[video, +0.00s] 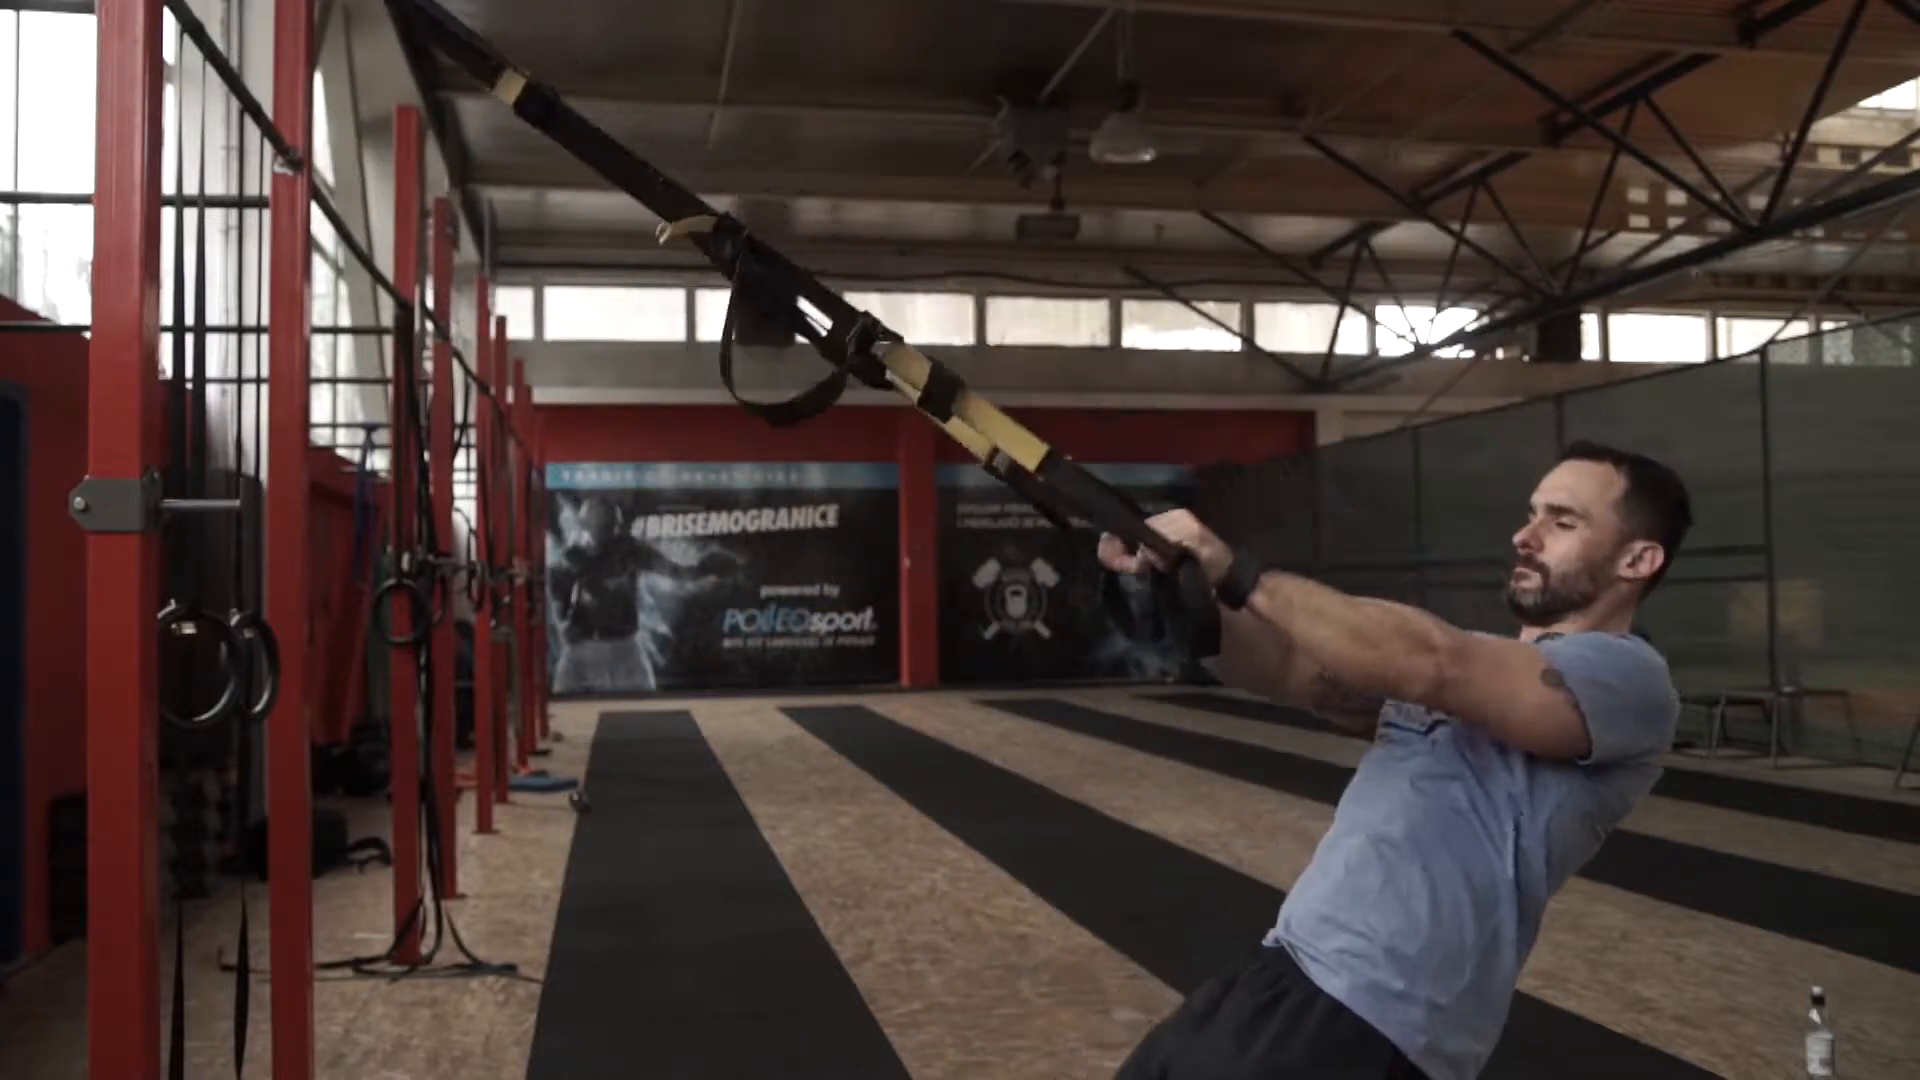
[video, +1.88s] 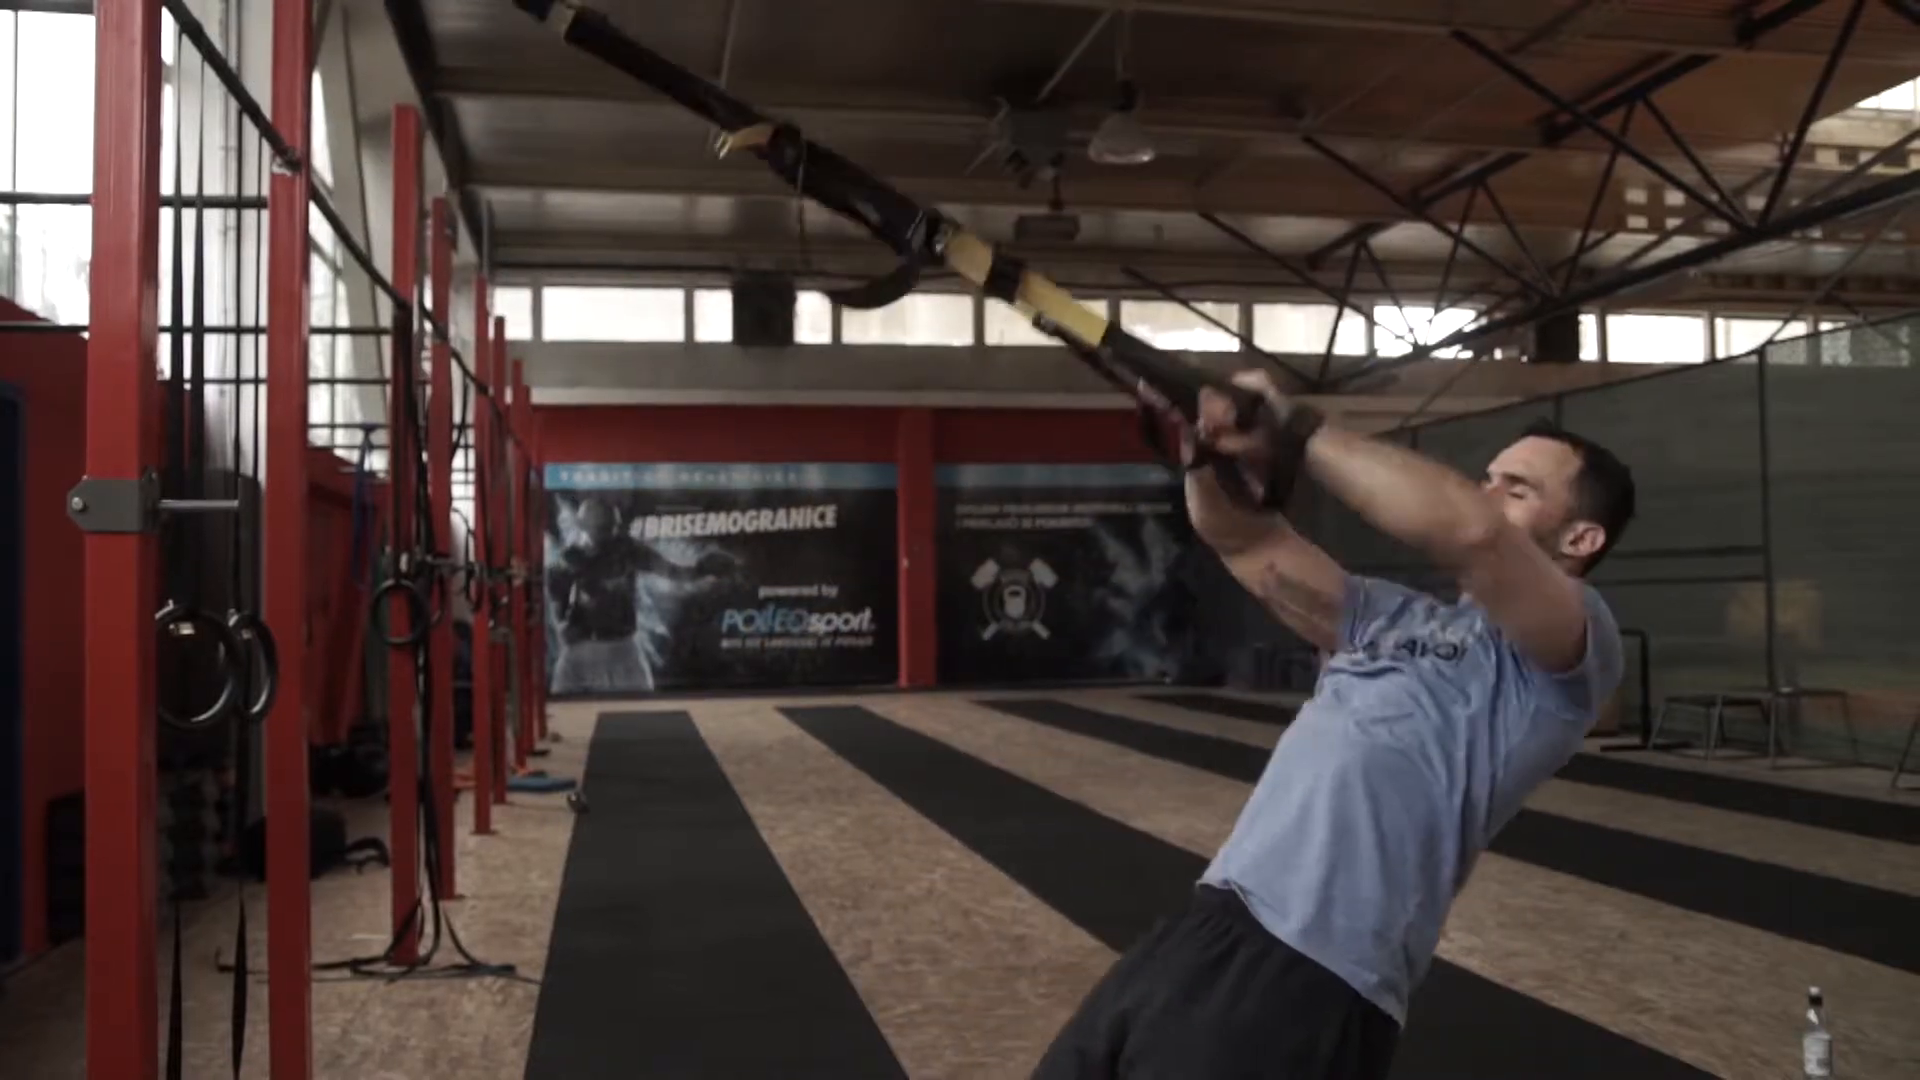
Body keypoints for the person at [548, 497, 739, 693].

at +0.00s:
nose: (600, 525)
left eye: (605, 518)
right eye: (593, 519)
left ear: (615, 519)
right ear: (583, 522)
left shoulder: (630, 549)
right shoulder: (574, 556)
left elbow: (673, 572)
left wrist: (702, 571)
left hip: (624, 646)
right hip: (580, 648)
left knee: (636, 713)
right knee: (572, 716)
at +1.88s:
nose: (600, 533)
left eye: (605, 525)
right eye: (593, 526)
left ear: (614, 523)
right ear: (582, 525)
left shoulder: (627, 549)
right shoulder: (571, 557)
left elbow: (669, 571)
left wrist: (699, 573)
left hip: (623, 648)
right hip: (579, 650)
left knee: (635, 716)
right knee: (571, 718)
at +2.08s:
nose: (595, 539)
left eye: (599, 531)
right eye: (588, 532)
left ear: (606, 528)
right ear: (573, 530)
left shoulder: (618, 555)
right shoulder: (560, 564)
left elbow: (662, 578)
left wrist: (691, 578)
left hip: (614, 656)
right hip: (569, 658)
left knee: (626, 724)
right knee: (562, 726)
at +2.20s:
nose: (583, 549)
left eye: (588, 542)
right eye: (577, 543)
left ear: (595, 540)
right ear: (563, 542)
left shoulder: (607, 566)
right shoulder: (549, 576)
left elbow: (651, 589)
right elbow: (539, 635)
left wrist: (680, 588)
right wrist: (551, 619)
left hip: (603, 669)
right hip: (558, 672)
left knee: (614, 740)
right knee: (549, 741)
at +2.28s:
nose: (580, 571)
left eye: (583, 564)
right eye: (573, 565)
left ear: (590, 561)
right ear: (558, 563)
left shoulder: (601, 586)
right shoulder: (541, 599)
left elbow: (645, 609)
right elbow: (534, 656)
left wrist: (675, 607)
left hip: (599, 689)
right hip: (553, 692)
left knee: (612, 759)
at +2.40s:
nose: (569, 598)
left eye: (573, 591)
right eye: (563, 592)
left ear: (580, 588)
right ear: (547, 590)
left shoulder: (590, 614)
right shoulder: (529, 627)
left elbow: (634, 636)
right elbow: (525, 690)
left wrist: (664, 636)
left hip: (588, 717)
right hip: (542, 721)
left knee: (600, 788)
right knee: (534, 790)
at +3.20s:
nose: (541, 615)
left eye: (545, 608)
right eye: (534, 609)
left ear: (552, 606)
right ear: (519, 607)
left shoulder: (564, 632)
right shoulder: (502, 646)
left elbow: (608, 656)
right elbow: (495, 705)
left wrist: (637, 654)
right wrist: (509, 686)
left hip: (560, 736)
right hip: (513, 740)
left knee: (572, 808)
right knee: (505, 811)